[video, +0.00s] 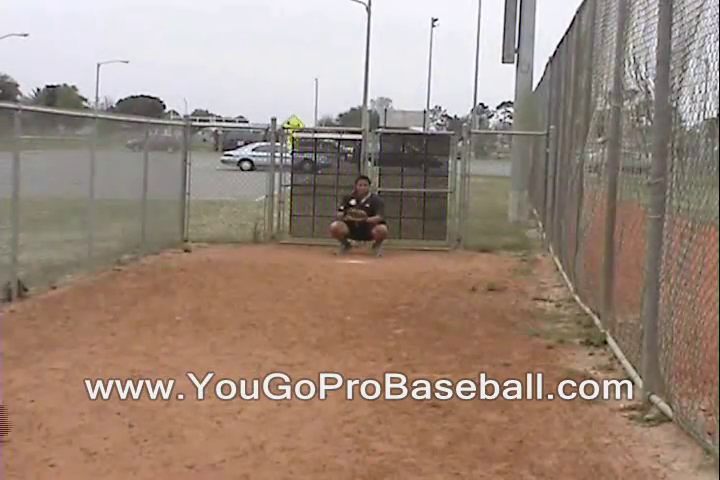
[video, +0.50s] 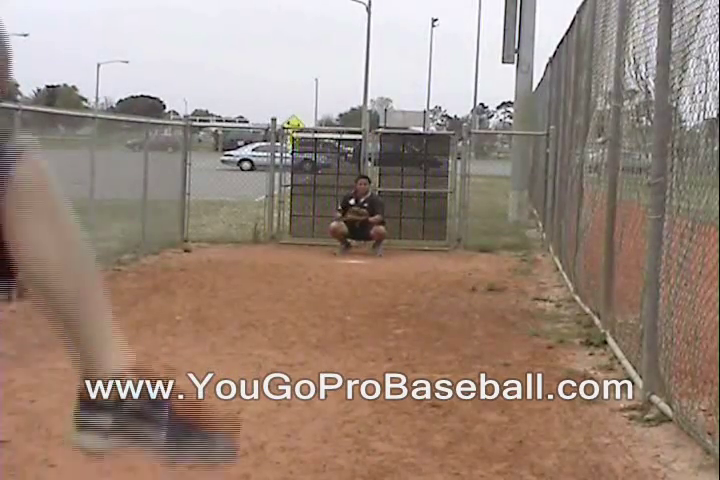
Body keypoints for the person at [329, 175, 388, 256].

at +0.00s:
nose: (362, 188)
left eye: (365, 185)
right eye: (360, 185)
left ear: (369, 187)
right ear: (355, 187)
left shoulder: (376, 200)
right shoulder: (348, 199)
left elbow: (380, 217)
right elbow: (339, 214)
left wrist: (365, 219)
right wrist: (347, 217)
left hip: (367, 227)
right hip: (351, 227)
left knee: (381, 229)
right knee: (335, 227)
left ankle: (376, 246)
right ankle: (345, 244)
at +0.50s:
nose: (362, 187)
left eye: (365, 184)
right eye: (360, 184)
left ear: (369, 186)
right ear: (355, 186)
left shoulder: (375, 200)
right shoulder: (348, 198)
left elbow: (380, 217)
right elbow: (338, 213)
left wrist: (366, 219)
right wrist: (347, 218)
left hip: (367, 227)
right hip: (351, 226)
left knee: (380, 230)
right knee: (334, 227)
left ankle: (376, 245)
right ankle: (345, 244)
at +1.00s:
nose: (362, 187)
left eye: (365, 185)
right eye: (360, 185)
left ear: (368, 187)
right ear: (355, 186)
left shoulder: (374, 200)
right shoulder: (348, 198)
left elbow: (378, 217)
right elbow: (340, 214)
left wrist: (363, 219)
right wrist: (348, 218)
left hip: (366, 227)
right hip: (350, 226)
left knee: (379, 231)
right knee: (333, 228)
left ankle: (377, 245)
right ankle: (345, 245)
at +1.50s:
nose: (362, 187)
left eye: (364, 185)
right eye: (360, 184)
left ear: (368, 186)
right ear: (355, 186)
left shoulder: (373, 200)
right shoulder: (348, 198)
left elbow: (379, 217)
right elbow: (339, 213)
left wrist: (364, 217)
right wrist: (346, 216)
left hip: (365, 227)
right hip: (350, 226)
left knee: (376, 231)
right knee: (334, 227)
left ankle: (376, 245)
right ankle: (346, 245)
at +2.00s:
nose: (361, 187)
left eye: (364, 184)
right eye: (359, 184)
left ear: (368, 187)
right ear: (355, 186)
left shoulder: (373, 200)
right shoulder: (348, 198)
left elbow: (379, 217)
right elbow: (339, 213)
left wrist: (363, 215)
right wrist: (346, 215)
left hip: (366, 227)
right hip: (351, 226)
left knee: (376, 231)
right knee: (334, 226)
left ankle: (377, 245)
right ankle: (346, 245)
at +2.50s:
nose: (361, 187)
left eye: (364, 184)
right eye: (359, 184)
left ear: (368, 186)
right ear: (354, 186)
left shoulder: (373, 199)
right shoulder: (349, 197)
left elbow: (378, 219)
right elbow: (338, 213)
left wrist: (363, 208)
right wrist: (348, 208)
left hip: (366, 227)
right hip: (351, 226)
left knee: (376, 231)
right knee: (334, 225)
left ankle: (377, 245)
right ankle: (346, 245)